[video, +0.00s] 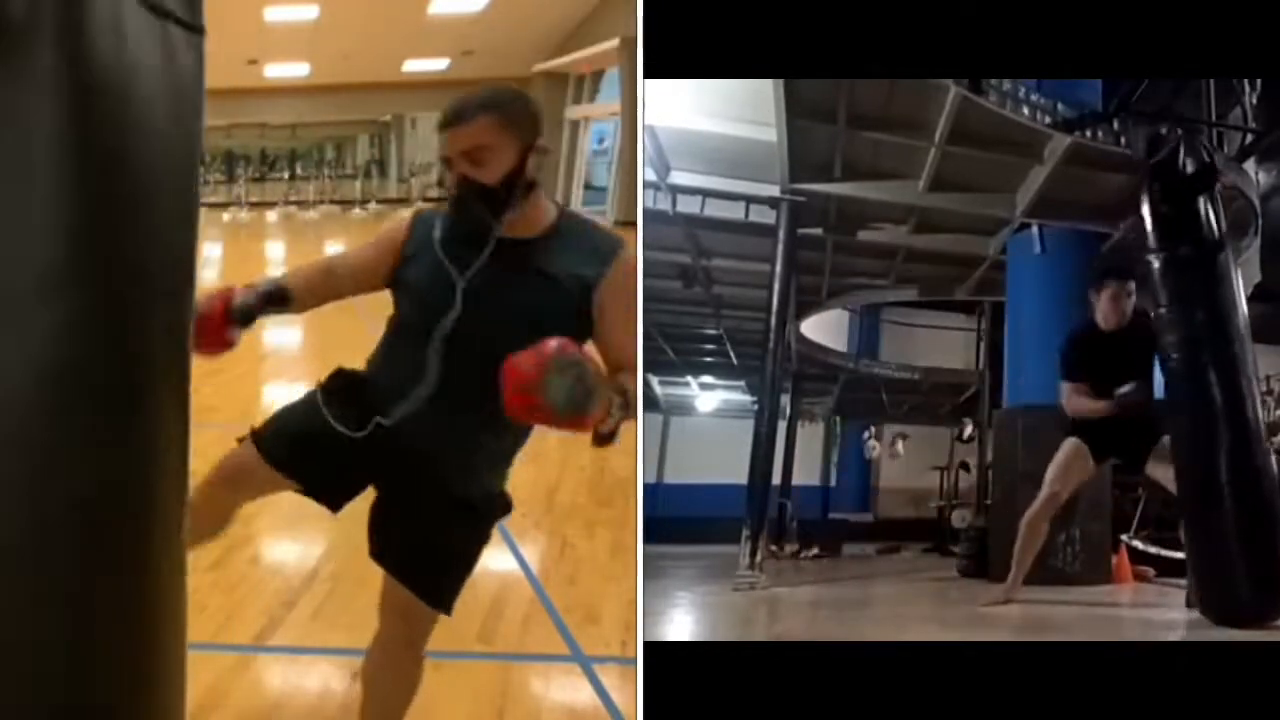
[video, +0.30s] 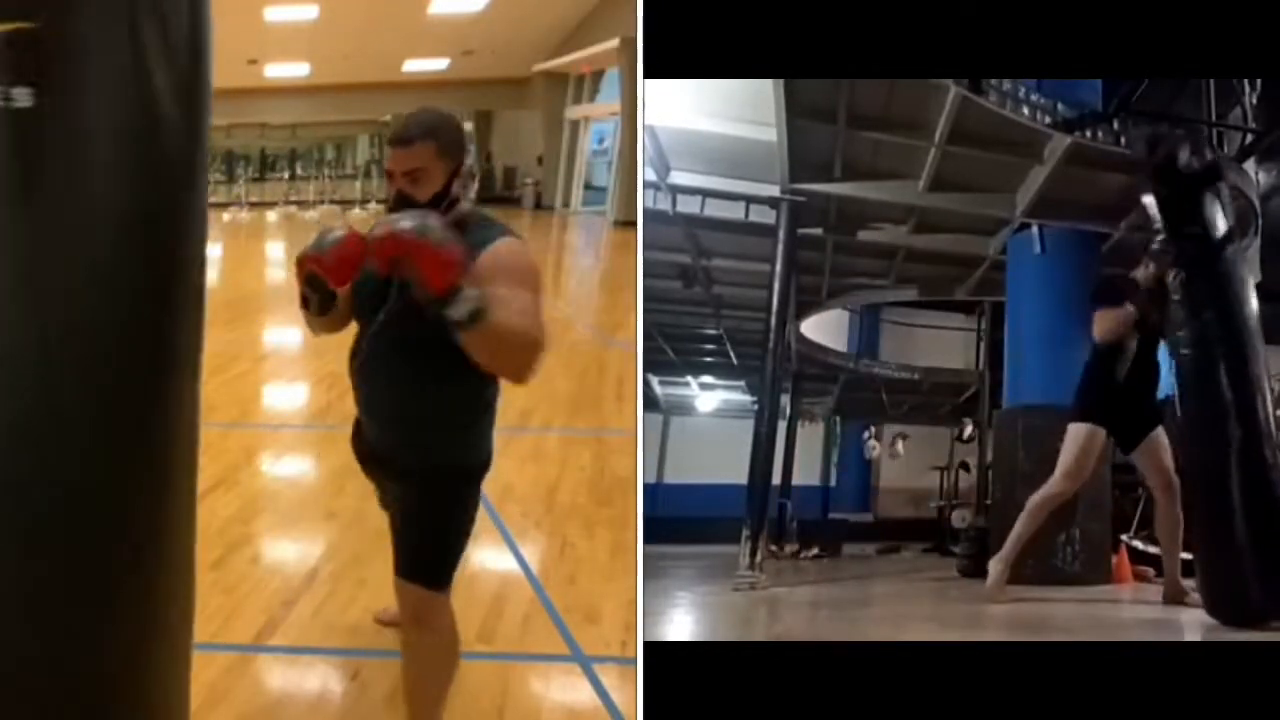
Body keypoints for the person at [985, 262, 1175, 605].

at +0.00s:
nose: (1121, 304)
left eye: (1127, 296)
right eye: (1114, 296)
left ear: (1136, 299)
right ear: (1095, 298)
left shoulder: (1145, 332)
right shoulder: (1079, 340)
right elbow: (1071, 403)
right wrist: (1113, 405)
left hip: (1140, 426)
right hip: (1094, 429)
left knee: (1196, 488)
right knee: (1050, 495)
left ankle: (1211, 581)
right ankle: (1011, 585)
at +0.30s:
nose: (1160, 259)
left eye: (1163, 254)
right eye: (1155, 251)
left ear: (1163, 259)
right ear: (1139, 253)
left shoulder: (1159, 291)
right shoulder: (1113, 282)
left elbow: (1176, 327)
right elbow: (1102, 331)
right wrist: (1140, 294)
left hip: (1139, 400)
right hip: (1100, 395)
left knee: (1167, 485)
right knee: (1065, 482)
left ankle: (1173, 584)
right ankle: (1003, 561)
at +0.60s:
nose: (1134, 345)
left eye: (1139, 341)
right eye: (1129, 338)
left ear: (1146, 341)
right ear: (1115, 330)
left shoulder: (1144, 361)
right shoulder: (1078, 340)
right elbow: (1047, 389)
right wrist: (1095, 391)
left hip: (1109, 442)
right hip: (1058, 439)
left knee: (1165, 486)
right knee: (1006, 499)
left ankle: (1174, 586)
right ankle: (965, 584)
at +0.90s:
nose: (1061, 289)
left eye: (1069, 285)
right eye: (1059, 278)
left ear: (1070, 289)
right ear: (1043, 271)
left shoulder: (1055, 317)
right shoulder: (1003, 298)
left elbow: (1077, 365)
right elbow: (989, 343)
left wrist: (1064, 324)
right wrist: (1030, 314)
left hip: (1032, 413)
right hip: (984, 410)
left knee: (1077, 479)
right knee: (957, 477)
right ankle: (949, 574)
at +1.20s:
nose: (1005, 283)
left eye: (1009, 276)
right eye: (1000, 273)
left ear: (1010, 274)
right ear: (978, 265)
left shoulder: (1000, 311)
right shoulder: (937, 285)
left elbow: (996, 349)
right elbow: (936, 335)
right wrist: (980, 316)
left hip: (959, 403)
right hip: (912, 398)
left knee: (1024, 460)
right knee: (880, 482)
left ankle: (1001, 556)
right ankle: (845, 586)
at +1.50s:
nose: (982, 253)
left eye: (988, 248)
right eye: (976, 243)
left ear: (991, 254)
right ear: (952, 241)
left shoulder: (980, 284)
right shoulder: (919, 261)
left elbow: (1009, 315)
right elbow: (911, 300)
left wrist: (1004, 286)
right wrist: (966, 280)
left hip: (955, 394)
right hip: (907, 389)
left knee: (977, 488)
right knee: (873, 476)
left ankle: (995, 587)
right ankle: (845, 584)